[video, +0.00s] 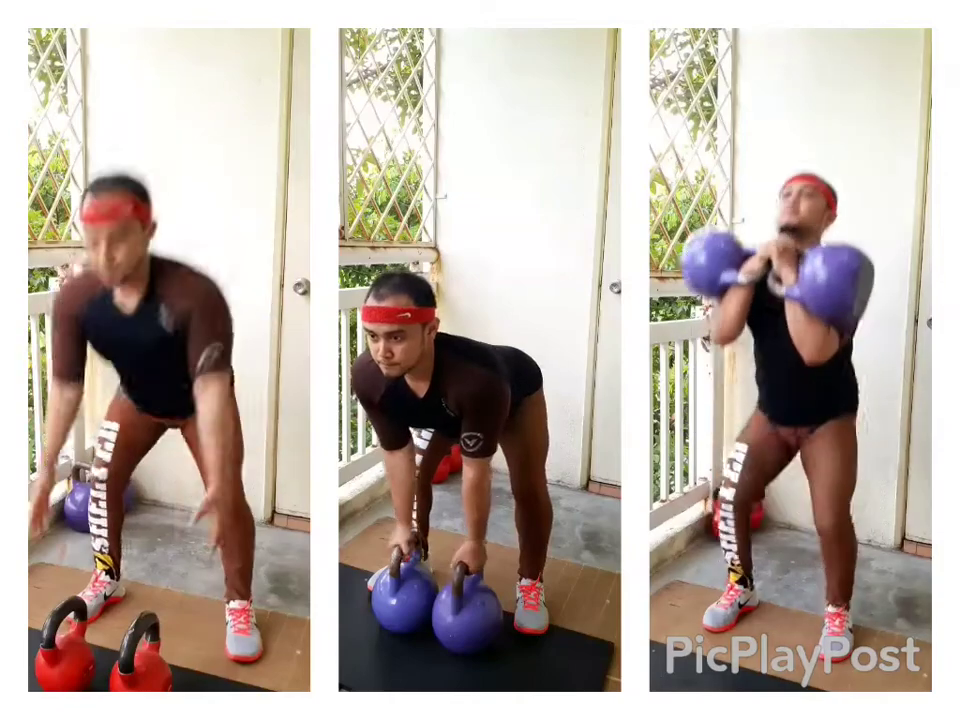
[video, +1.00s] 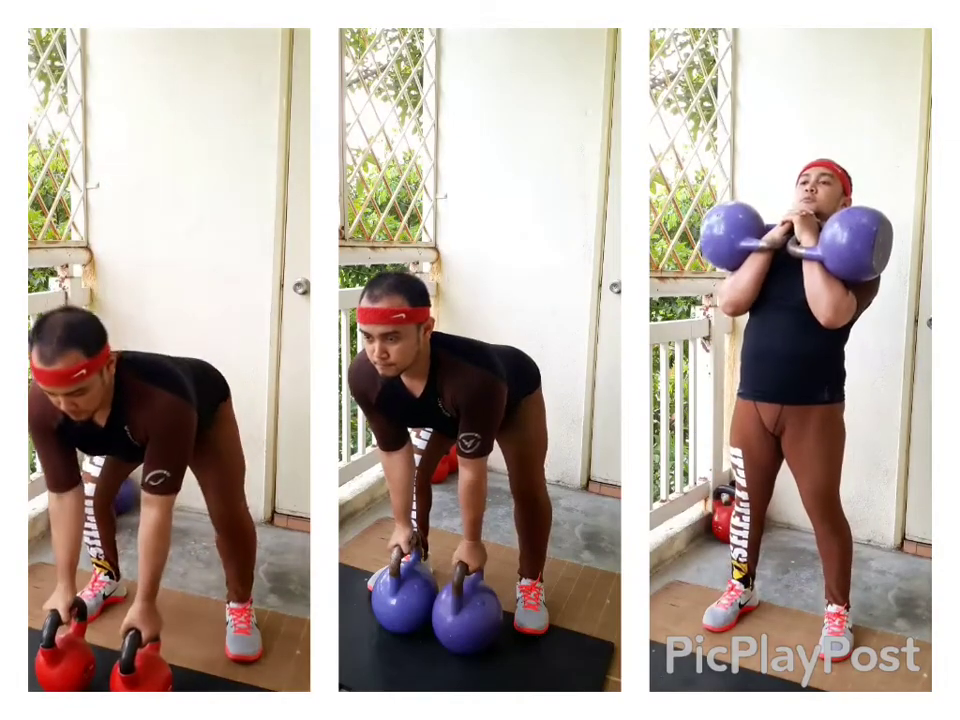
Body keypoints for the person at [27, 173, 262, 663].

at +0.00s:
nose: (105, 255)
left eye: (118, 239)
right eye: (94, 242)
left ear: (147, 230)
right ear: (84, 240)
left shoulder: (193, 293)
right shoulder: (75, 299)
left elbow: (213, 384)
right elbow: (66, 388)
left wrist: (223, 481)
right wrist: (46, 471)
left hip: (198, 402)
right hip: (138, 399)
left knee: (227, 496)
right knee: (105, 476)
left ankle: (240, 604)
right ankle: (108, 576)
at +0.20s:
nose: (88, 357)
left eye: (101, 342)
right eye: (77, 343)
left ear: (130, 322)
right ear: (67, 334)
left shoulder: (181, 369)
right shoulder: (65, 376)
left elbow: (181, 476)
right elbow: (68, 468)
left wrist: (164, 569)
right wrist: (60, 560)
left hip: (208, 401)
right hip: (147, 415)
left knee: (229, 495)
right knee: (108, 480)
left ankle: (240, 602)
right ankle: (107, 574)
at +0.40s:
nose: (85, 398)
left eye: (97, 385)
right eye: (75, 387)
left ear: (126, 364)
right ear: (64, 376)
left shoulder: (176, 401)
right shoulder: (61, 400)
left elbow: (169, 503)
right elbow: (72, 491)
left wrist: (145, 599)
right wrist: (64, 585)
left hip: (209, 403)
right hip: (145, 418)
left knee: (228, 502)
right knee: (108, 487)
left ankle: (239, 604)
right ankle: (106, 577)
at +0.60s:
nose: (84, 395)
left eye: (96, 382)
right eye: (73, 384)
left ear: (125, 360)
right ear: (62, 372)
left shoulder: (176, 398)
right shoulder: (60, 397)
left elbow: (165, 504)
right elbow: (71, 490)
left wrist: (147, 599)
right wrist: (63, 585)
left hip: (210, 407)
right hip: (143, 418)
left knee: (231, 505)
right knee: (106, 487)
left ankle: (240, 604)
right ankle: (107, 575)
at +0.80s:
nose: (79, 399)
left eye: (92, 387)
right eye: (67, 388)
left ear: (121, 362)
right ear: (55, 374)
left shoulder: (173, 399)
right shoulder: (52, 400)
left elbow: (162, 505)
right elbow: (68, 492)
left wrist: (148, 600)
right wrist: (64, 583)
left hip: (204, 406)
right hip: (138, 418)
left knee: (229, 507)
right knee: (103, 493)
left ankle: (240, 604)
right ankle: (107, 575)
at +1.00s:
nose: (65, 406)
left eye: (77, 392)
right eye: (52, 394)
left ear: (108, 366)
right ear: (39, 377)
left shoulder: (163, 402)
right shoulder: (41, 405)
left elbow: (157, 508)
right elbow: (64, 494)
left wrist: (146, 602)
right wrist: (63, 585)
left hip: (200, 407)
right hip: (131, 420)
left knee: (228, 512)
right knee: (100, 498)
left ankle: (240, 606)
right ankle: (109, 576)